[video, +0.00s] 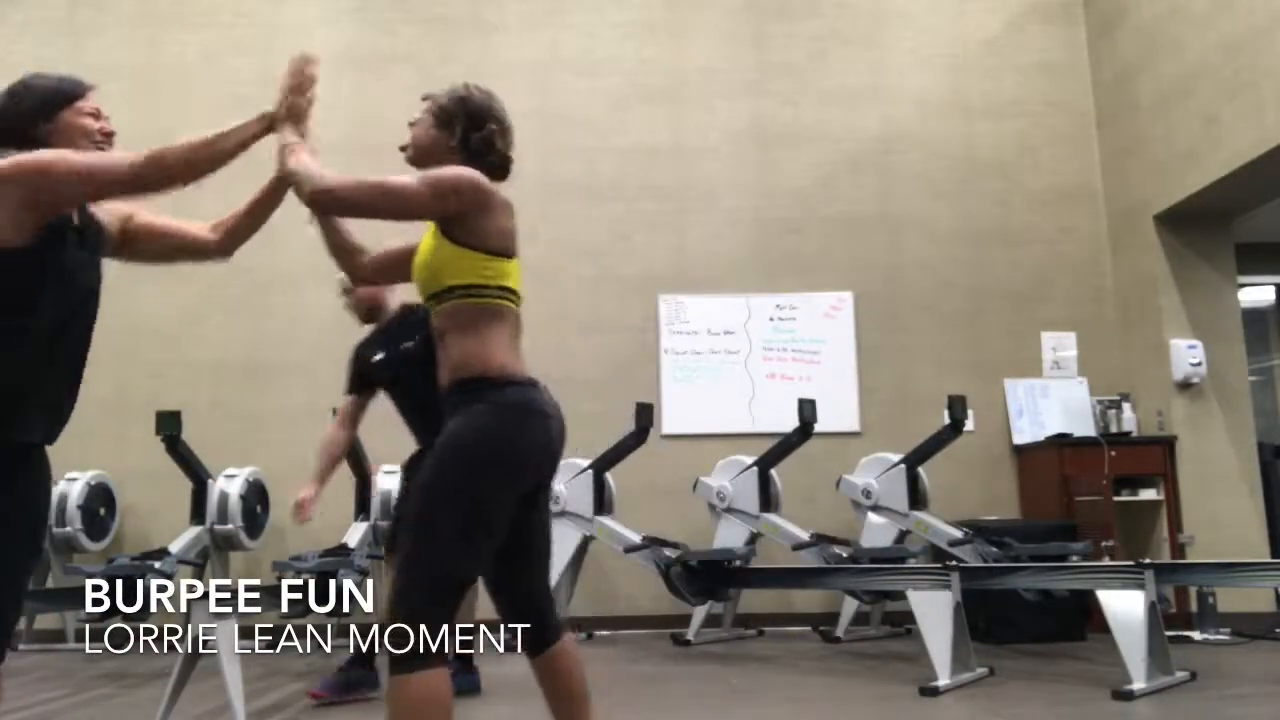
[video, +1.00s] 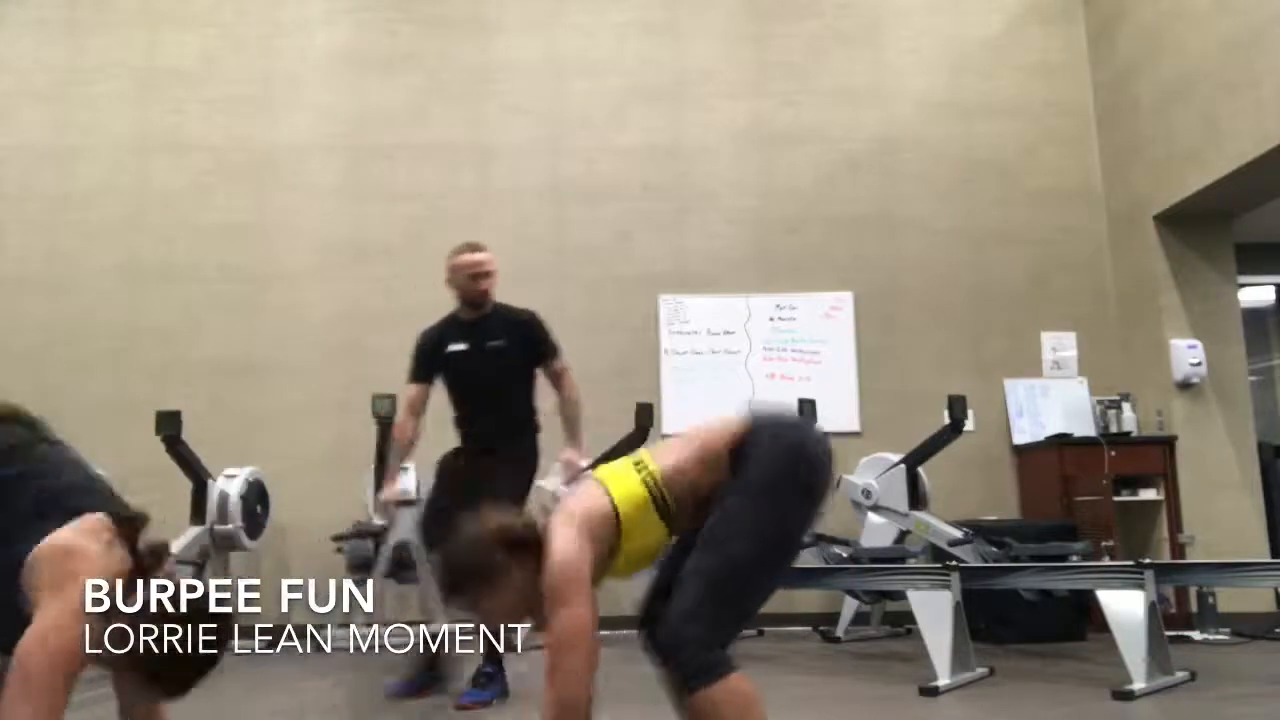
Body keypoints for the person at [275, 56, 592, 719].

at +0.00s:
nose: (409, 128)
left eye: (424, 118)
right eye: (417, 116)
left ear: (457, 134)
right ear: (454, 135)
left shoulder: (467, 190)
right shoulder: (450, 238)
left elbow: (323, 191)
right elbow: (360, 265)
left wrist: (294, 149)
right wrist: (316, 197)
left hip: (490, 422)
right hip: (514, 421)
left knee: (411, 623)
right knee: (531, 613)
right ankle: (578, 716)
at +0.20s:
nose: (419, 133)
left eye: (431, 120)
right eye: (425, 120)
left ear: (466, 128)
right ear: (471, 130)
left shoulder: (475, 178)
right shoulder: (495, 207)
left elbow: (334, 170)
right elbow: (420, 262)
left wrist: (302, 121)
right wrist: (369, 176)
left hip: (492, 414)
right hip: (534, 411)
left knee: (431, 622)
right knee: (544, 599)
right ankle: (603, 716)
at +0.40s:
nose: (464, 200)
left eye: (468, 183)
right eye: (461, 186)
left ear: (506, 171)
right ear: (505, 175)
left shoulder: (554, 212)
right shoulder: (532, 244)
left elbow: (513, 257)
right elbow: (497, 336)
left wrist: (394, 220)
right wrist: (426, 287)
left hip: (574, 429)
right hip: (597, 429)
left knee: (484, 623)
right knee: (627, 627)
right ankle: (698, 714)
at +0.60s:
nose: (480, 240)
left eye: (480, 222)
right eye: (473, 228)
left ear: (513, 197)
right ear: (514, 202)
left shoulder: (581, 229)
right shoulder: (558, 267)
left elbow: (571, 327)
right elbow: (566, 396)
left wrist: (487, 401)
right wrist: (502, 456)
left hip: (677, 415)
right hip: (663, 422)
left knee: (619, 613)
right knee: (674, 618)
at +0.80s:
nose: (461, 397)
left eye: (456, 383)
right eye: (451, 389)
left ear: (481, 354)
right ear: (488, 347)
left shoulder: (557, 361)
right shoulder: (550, 371)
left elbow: (557, 499)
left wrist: (519, 623)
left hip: (765, 437)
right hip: (724, 455)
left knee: (701, 625)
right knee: (656, 615)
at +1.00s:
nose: (495, 621)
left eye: (486, 605)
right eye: (479, 613)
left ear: (509, 564)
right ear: (512, 553)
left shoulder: (568, 542)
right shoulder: (558, 542)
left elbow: (568, 700)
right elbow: (569, 694)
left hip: (779, 453)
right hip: (743, 468)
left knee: (688, 636)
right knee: (662, 626)